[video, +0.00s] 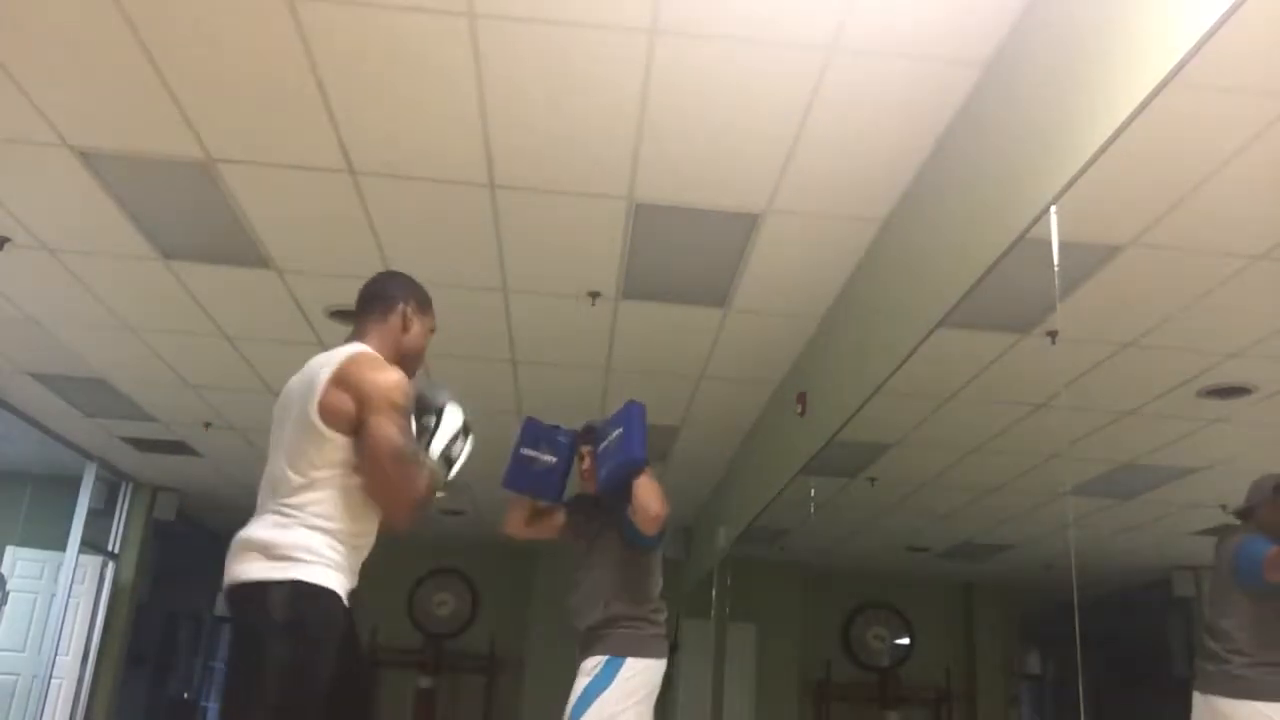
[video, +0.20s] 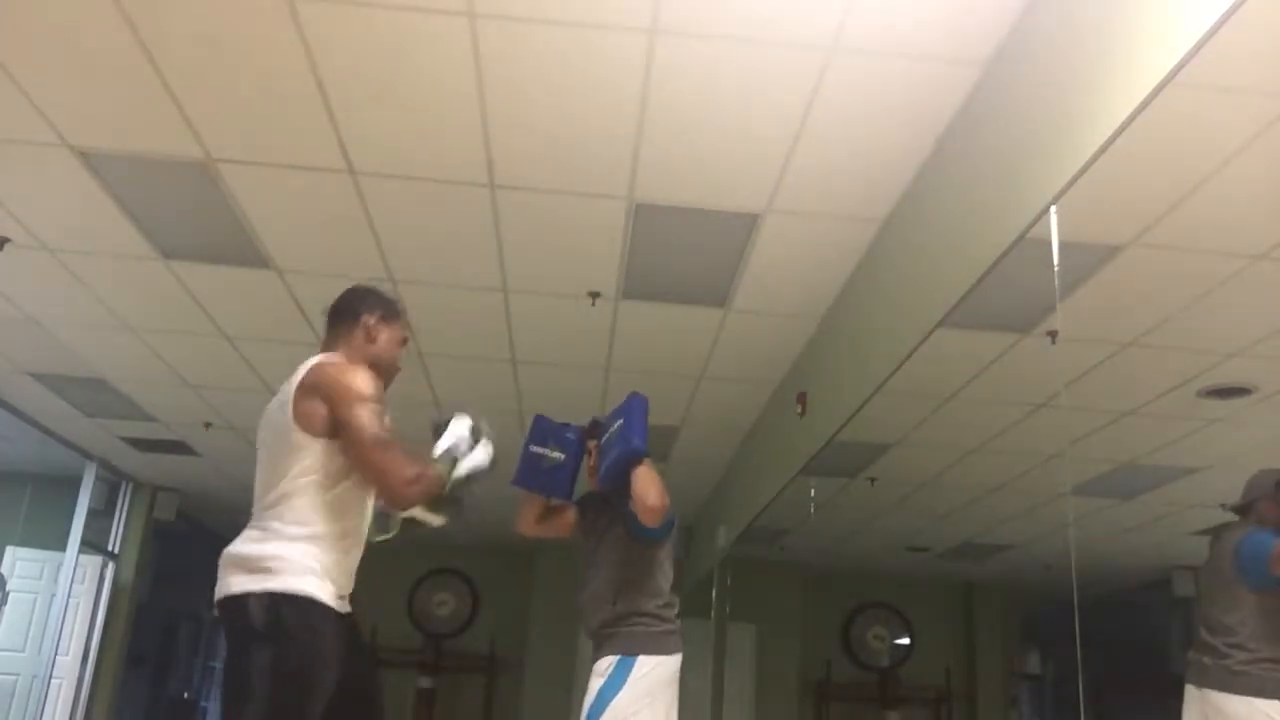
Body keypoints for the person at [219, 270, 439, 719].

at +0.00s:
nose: (425, 348)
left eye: (429, 335)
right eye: (427, 331)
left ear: (368, 316)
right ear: (404, 316)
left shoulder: (311, 373)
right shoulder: (379, 375)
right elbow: (400, 502)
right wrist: (432, 458)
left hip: (262, 575)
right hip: (301, 583)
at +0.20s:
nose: (401, 359)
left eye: (404, 346)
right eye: (400, 342)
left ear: (366, 330)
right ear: (371, 328)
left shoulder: (305, 382)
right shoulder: (344, 375)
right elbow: (403, 484)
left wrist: (396, 499)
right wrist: (446, 465)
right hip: (287, 591)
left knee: (357, 704)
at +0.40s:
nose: (419, 392)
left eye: (420, 379)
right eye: (414, 374)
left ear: (378, 365)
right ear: (378, 363)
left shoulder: (377, 441)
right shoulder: (322, 404)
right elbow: (324, 483)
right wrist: (398, 474)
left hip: (309, 618)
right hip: (253, 606)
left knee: (350, 697)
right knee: (289, 698)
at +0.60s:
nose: (434, 407)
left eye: (434, 396)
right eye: (427, 390)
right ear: (389, 381)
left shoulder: (394, 474)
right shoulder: (328, 429)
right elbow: (312, 532)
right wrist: (390, 512)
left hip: (339, 628)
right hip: (276, 613)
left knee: (383, 699)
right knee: (288, 704)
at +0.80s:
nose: (393, 377)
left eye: (394, 364)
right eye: (388, 359)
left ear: (348, 352)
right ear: (346, 350)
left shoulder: (344, 435)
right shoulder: (296, 405)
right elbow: (333, 508)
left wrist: (363, 569)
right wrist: (389, 468)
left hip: (312, 615)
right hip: (247, 605)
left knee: (342, 709)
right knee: (241, 710)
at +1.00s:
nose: (353, 373)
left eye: (355, 359)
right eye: (349, 354)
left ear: (314, 347)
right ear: (312, 343)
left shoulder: (307, 442)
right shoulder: (253, 412)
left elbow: (302, 521)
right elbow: (296, 521)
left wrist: (366, 499)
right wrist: (366, 503)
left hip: (272, 611)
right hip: (212, 602)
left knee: (300, 709)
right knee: (219, 710)